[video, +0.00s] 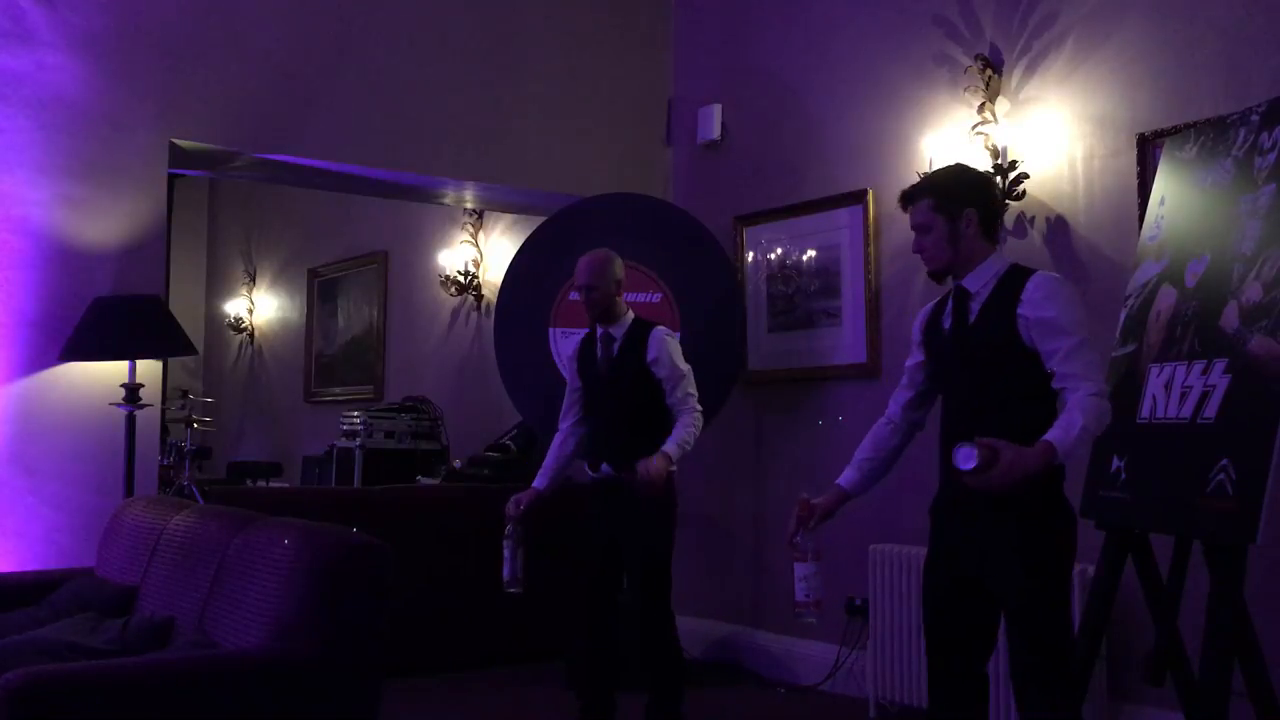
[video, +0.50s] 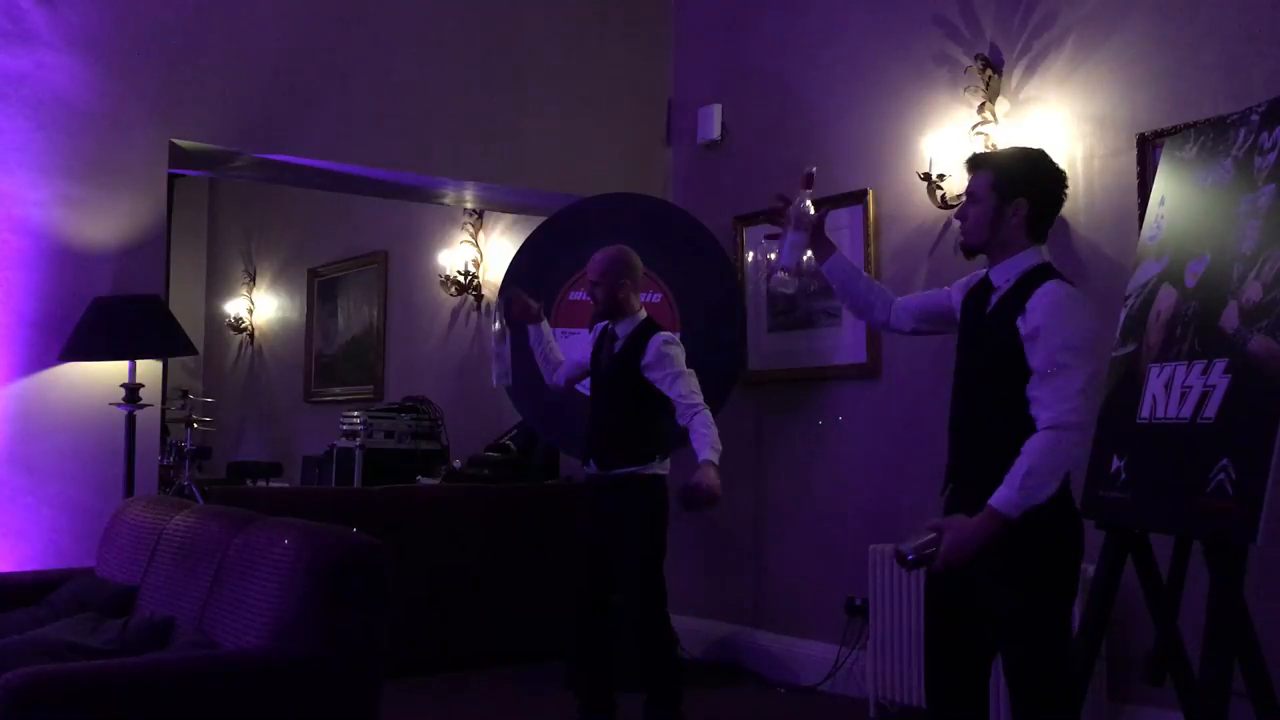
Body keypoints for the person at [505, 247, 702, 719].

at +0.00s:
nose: (582, 298)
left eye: (591, 290)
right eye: (578, 290)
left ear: (618, 288)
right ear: (577, 291)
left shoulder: (658, 343)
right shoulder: (579, 350)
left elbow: (690, 413)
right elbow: (570, 426)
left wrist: (665, 456)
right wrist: (539, 487)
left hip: (648, 490)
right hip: (597, 492)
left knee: (650, 603)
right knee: (594, 602)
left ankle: (664, 707)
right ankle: (595, 705)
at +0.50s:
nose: (588, 292)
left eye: (597, 284)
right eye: (588, 284)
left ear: (626, 287)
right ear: (606, 288)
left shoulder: (658, 343)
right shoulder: (598, 337)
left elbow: (693, 406)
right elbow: (558, 374)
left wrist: (708, 462)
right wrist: (537, 323)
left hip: (641, 487)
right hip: (601, 485)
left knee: (643, 602)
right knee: (597, 598)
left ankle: (661, 705)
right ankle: (596, 702)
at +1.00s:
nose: (574, 305)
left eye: (581, 297)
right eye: (572, 296)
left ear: (609, 297)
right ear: (588, 298)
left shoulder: (650, 354)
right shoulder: (585, 346)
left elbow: (641, 446)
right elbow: (553, 418)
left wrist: (613, 518)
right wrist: (535, 392)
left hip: (640, 493)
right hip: (594, 488)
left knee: (645, 608)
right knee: (592, 603)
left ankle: (662, 706)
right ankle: (594, 703)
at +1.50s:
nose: (585, 300)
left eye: (592, 291)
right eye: (581, 292)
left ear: (619, 290)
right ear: (581, 293)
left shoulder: (657, 343)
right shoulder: (585, 350)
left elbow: (695, 413)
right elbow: (574, 424)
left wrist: (672, 445)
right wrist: (555, 484)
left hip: (646, 489)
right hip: (594, 489)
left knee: (649, 601)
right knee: (593, 600)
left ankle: (664, 705)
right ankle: (595, 704)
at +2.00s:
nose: (588, 302)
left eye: (593, 294)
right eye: (587, 295)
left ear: (614, 296)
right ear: (622, 296)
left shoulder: (646, 352)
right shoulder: (615, 336)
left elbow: (668, 434)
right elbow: (593, 308)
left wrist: (668, 514)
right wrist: (560, 285)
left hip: (636, 494)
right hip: (611, 490)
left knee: (638, 614)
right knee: (606, 606)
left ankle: (657, 707)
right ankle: (599, 701)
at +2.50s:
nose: (603, 308)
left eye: (613, 299)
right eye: (599, 299)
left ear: (638, 297)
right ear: (596, 298)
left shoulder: (672, 351)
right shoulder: (593, 348)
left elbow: (653, 424)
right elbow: (573, 421)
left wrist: (596, 418)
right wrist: (573, 487)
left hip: (650, 490)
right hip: (599, 487)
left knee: (647, 599)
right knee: (596, 595)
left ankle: (663, 703)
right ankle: (594, 701)